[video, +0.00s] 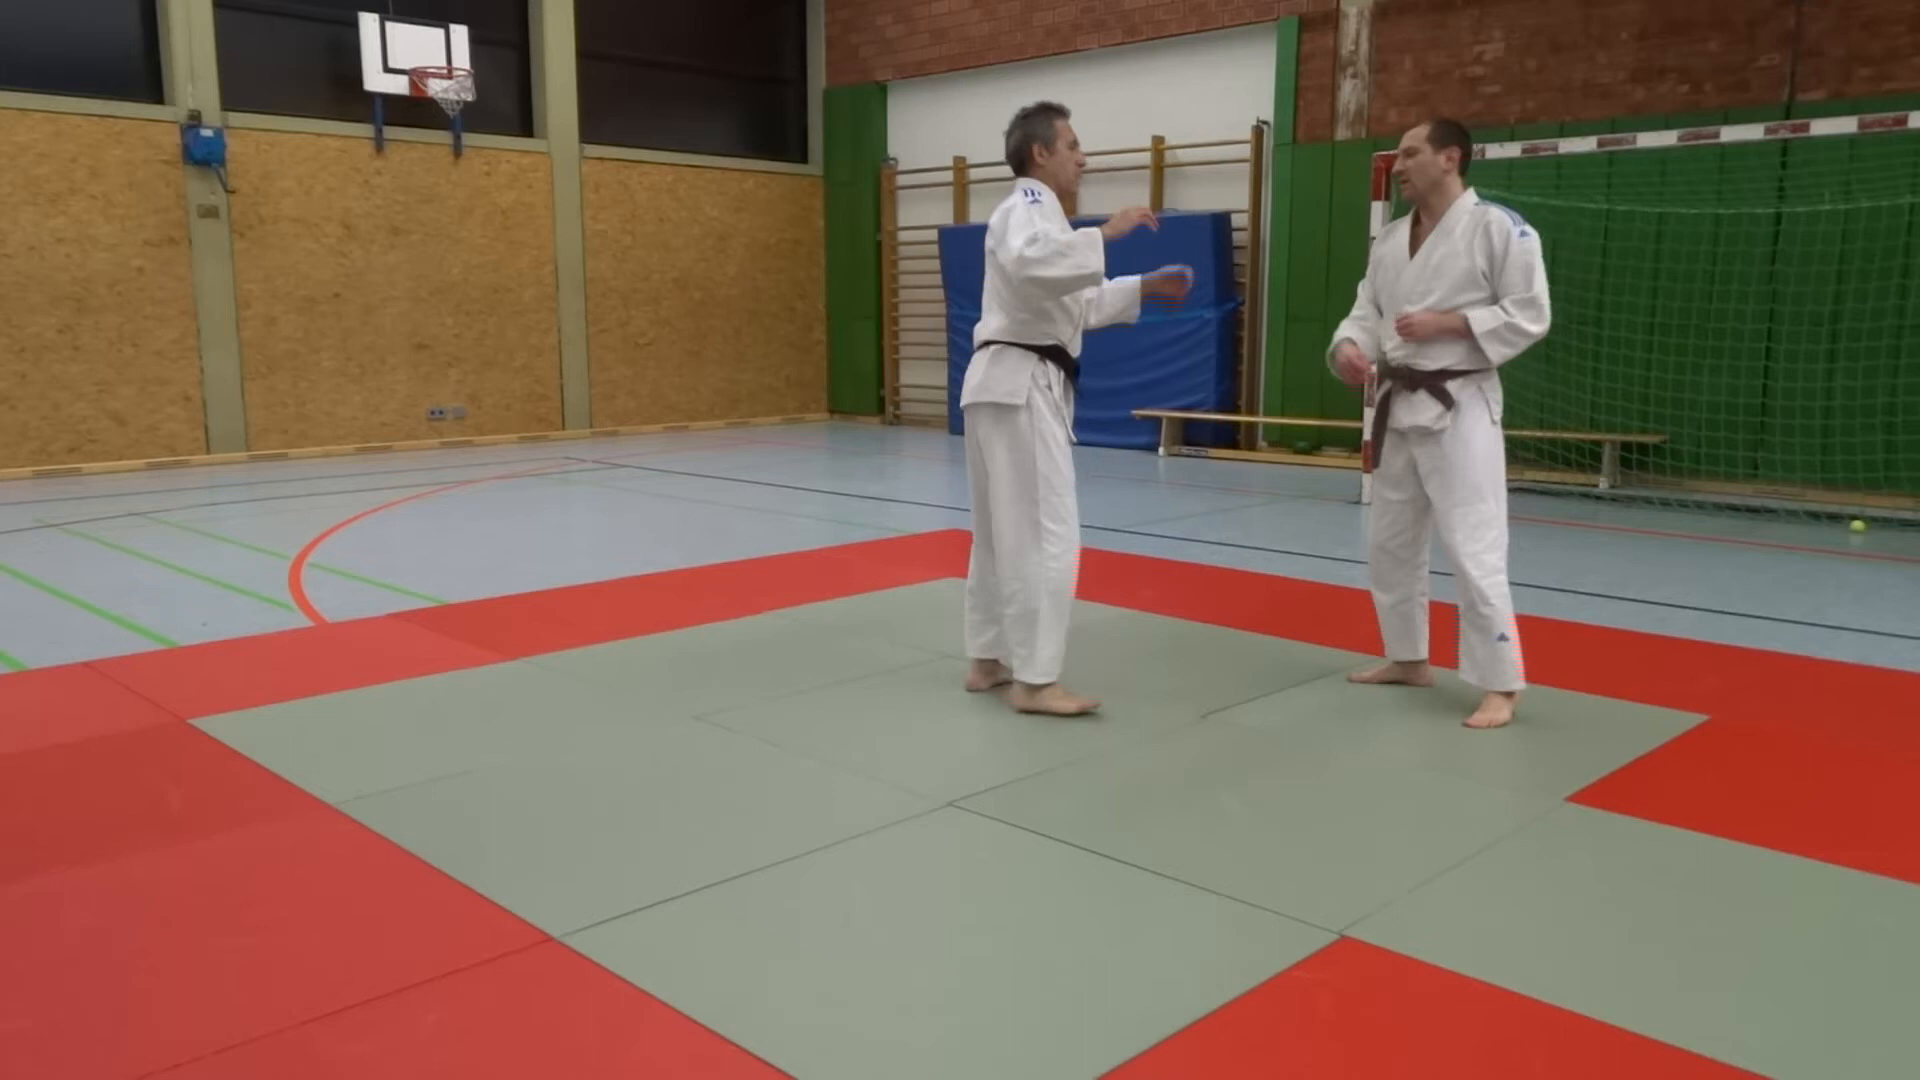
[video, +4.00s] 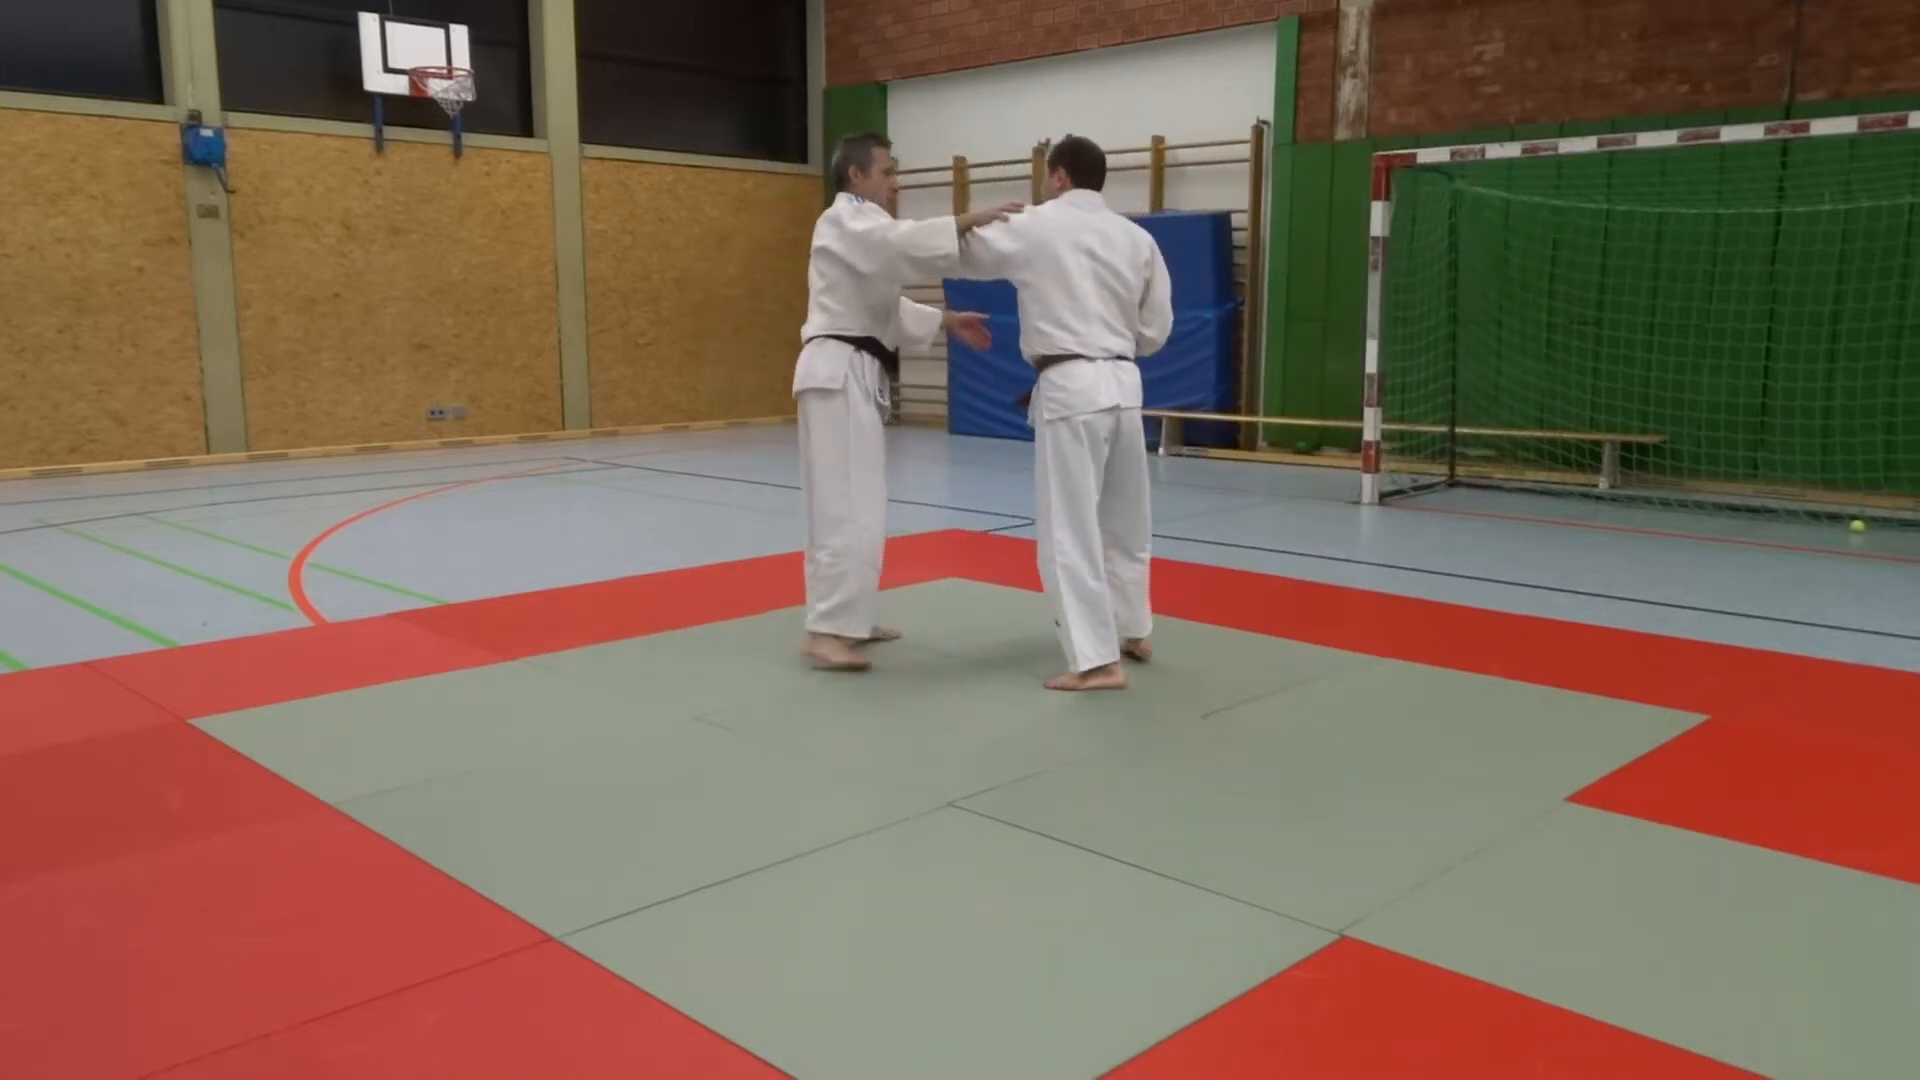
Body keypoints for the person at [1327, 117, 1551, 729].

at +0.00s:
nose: (1398, 165)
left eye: (1411, 154)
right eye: (1398, 156)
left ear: (1451, 160)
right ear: (1404, 166)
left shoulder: (1499, 229)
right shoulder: (1391, 240)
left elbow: (1530, 314)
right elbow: (1366, 314)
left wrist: (1453, 324)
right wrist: (1351, 343)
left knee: (1473, 549)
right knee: (1391, 540)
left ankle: (1501, 689)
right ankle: (1407, 661)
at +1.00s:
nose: (1251, 172)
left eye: (1260, 162)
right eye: (1252, 162)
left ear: (1296, 170)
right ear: (1293, 170)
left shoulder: (1300, 234)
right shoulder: (1299, 227)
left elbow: (1277, 325)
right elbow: (1283, 320)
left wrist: (1217, 314)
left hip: (1286, 397)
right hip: (1292, 394)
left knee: (1267, 529)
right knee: (1278, 523)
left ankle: (1272, 664)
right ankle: (1345, 619)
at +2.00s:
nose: (1063, 183)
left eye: (1071, 173)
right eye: (1064, 173)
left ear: (1104, 176)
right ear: (1106, 180)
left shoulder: (1110, 225)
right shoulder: (1123, 226)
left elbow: (1027, 262)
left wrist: (920, 274)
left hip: (1140, 393)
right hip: (1149, 389)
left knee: (1108, 521)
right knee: (1139, 516)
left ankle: (1100, 657)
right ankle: (1140, 635)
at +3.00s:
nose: (1062, 182)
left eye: (1069, 172)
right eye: (1064, 173)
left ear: (1099, 174)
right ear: (1112, 179)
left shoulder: (1075, 216)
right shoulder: (1153, 234)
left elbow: (998, 226)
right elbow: (1141, 312)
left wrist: (971, 216)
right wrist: (1087, 372)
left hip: (1111, 380)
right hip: (1156, 378)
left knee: (1097, 515)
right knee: (1154, 513)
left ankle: (1101, 650)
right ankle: (1157, 636)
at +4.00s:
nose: (1044, 184)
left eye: (1046, 176)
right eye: (1047, 175)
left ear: (1059, 177)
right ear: (1100, 181)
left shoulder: (1035, 226)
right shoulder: (1136, 237)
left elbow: (966, 250)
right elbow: (1156, 329)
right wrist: (1110, 349)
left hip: (1066, 386)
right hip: (1126, 384)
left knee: (1070, 528)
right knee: (1126, 517)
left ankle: (1098, 664)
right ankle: (1134, 634)